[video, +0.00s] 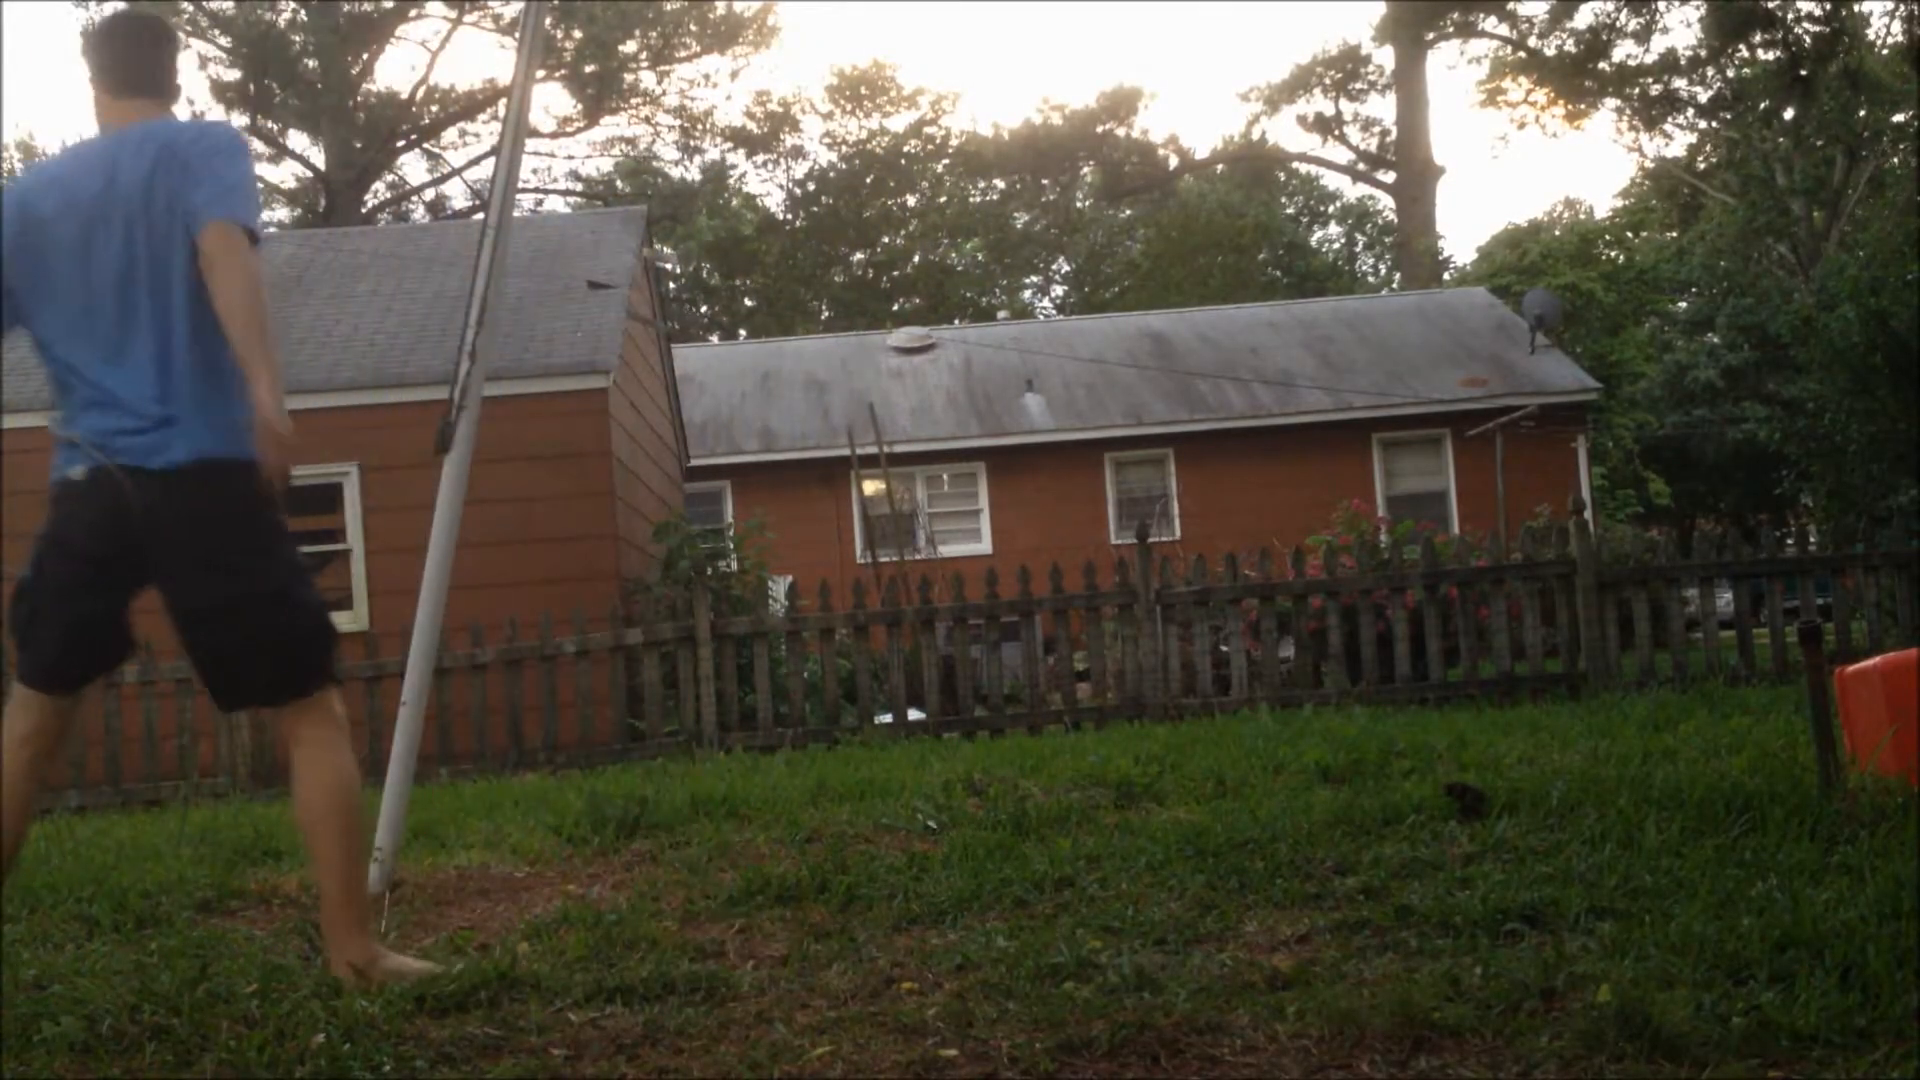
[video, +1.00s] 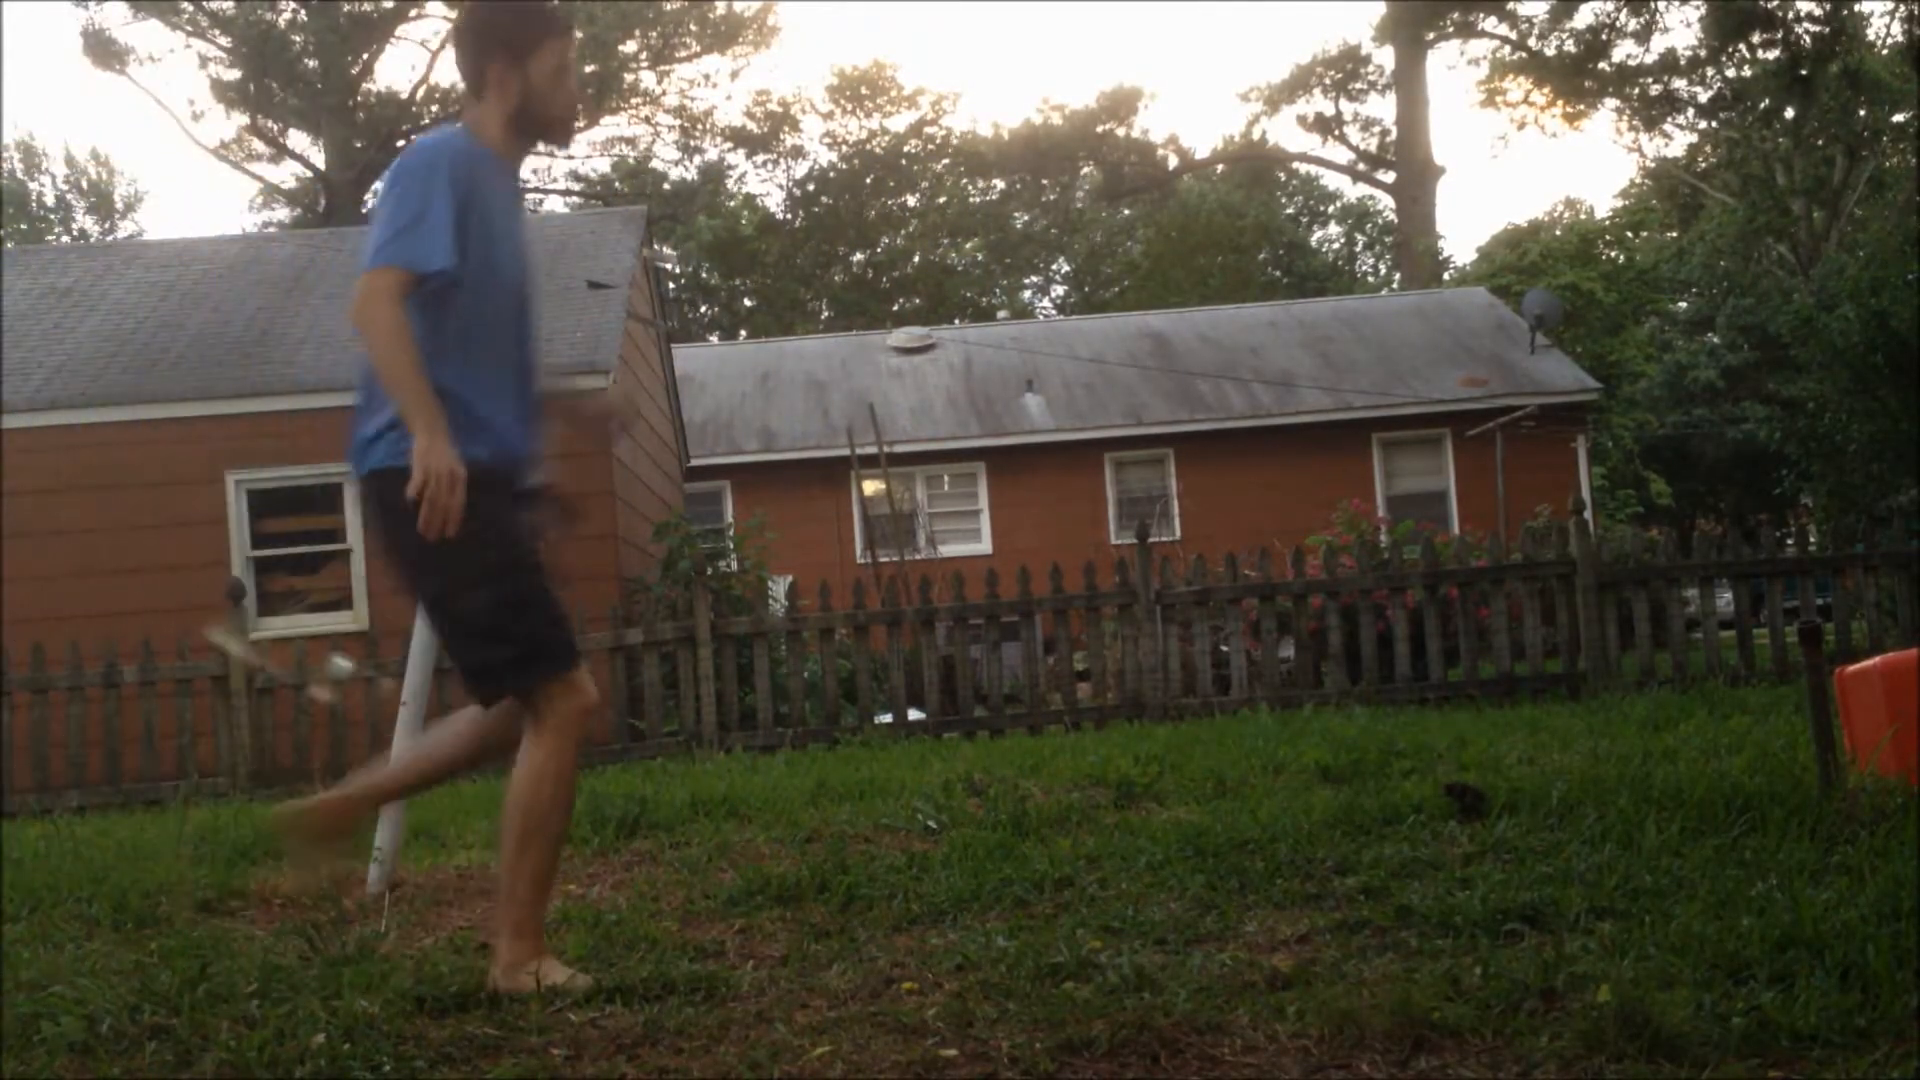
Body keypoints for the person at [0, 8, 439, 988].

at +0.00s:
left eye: (110, 72)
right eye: (168, 75)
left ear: (93, 81)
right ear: (176, 79)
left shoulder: (27, 197)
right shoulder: (204, 144)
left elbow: (6, 319)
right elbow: (222, 248)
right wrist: (268, 396)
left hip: (90, 499)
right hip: (211, 493)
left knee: (28, 724)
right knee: (311, 715)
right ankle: (353, 947)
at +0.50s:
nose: (189, 106)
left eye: (142, 84)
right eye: (206, 91)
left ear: (126, 91)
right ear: (208, 94)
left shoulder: (48, 182)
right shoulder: (245, 177)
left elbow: (2, 289)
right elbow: (309, 324)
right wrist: (333, 457)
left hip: (59, 482)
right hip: (191, 484)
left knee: (20, 722)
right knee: (279, 709)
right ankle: (253, 932)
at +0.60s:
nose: (284, 143)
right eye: (283, 129)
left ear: (194, 117)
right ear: (265, 118)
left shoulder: (85, 203)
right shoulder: (275, 184)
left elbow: (4, 306)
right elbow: (294, 323)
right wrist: (337, 467)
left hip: (74, 489)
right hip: (201, 483)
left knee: (47, 730)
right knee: (351, 680)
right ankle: (338, 930)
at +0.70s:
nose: (372, 161)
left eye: (376, 143)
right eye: (368, 141)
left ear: (274, 130)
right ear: (325, 128)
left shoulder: (185, 212)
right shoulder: (315, 190)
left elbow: (74, 347)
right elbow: (293, 315)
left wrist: (112, 462)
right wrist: (362, 473)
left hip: (113, 487)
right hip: (215, 482)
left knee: (81, 743)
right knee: (418, 686)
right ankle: (474, 930)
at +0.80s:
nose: (458, 149)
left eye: (458, 129)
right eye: (450, 129)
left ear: (372, 130)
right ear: (400, 125)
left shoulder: (306, 203)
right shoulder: (367, 190)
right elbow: (310, 324)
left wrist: (365, 495)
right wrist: (386, 467)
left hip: (212, 503)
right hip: (280, 500)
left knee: (154, 741)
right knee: (471, 697)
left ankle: (6, 886)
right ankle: (504, 955)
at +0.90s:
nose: (535, 132)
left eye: (533, 112)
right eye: (524, 111)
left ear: (461, 115)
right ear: (466, 112)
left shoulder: (439, 208)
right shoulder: (406, 188)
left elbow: (385, 346)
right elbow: (345, 322)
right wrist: (415, 464)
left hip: (355, 501)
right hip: (359, 498)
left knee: (337, 744)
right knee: (539, 701)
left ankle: (98, 873)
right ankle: (516, 957)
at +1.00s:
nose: (579, 87)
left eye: (576, 66)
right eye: (566, 66)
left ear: (510, 74)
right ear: (507, 73)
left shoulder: (497, 182)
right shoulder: (442, 163)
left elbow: (470, 335)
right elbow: (376, 303)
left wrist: (514, 463)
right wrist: (429, 430)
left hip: (474, 470)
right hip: (434, 473)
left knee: (521, 705)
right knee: (563, 699)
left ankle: (330, 811)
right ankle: (519, 957)